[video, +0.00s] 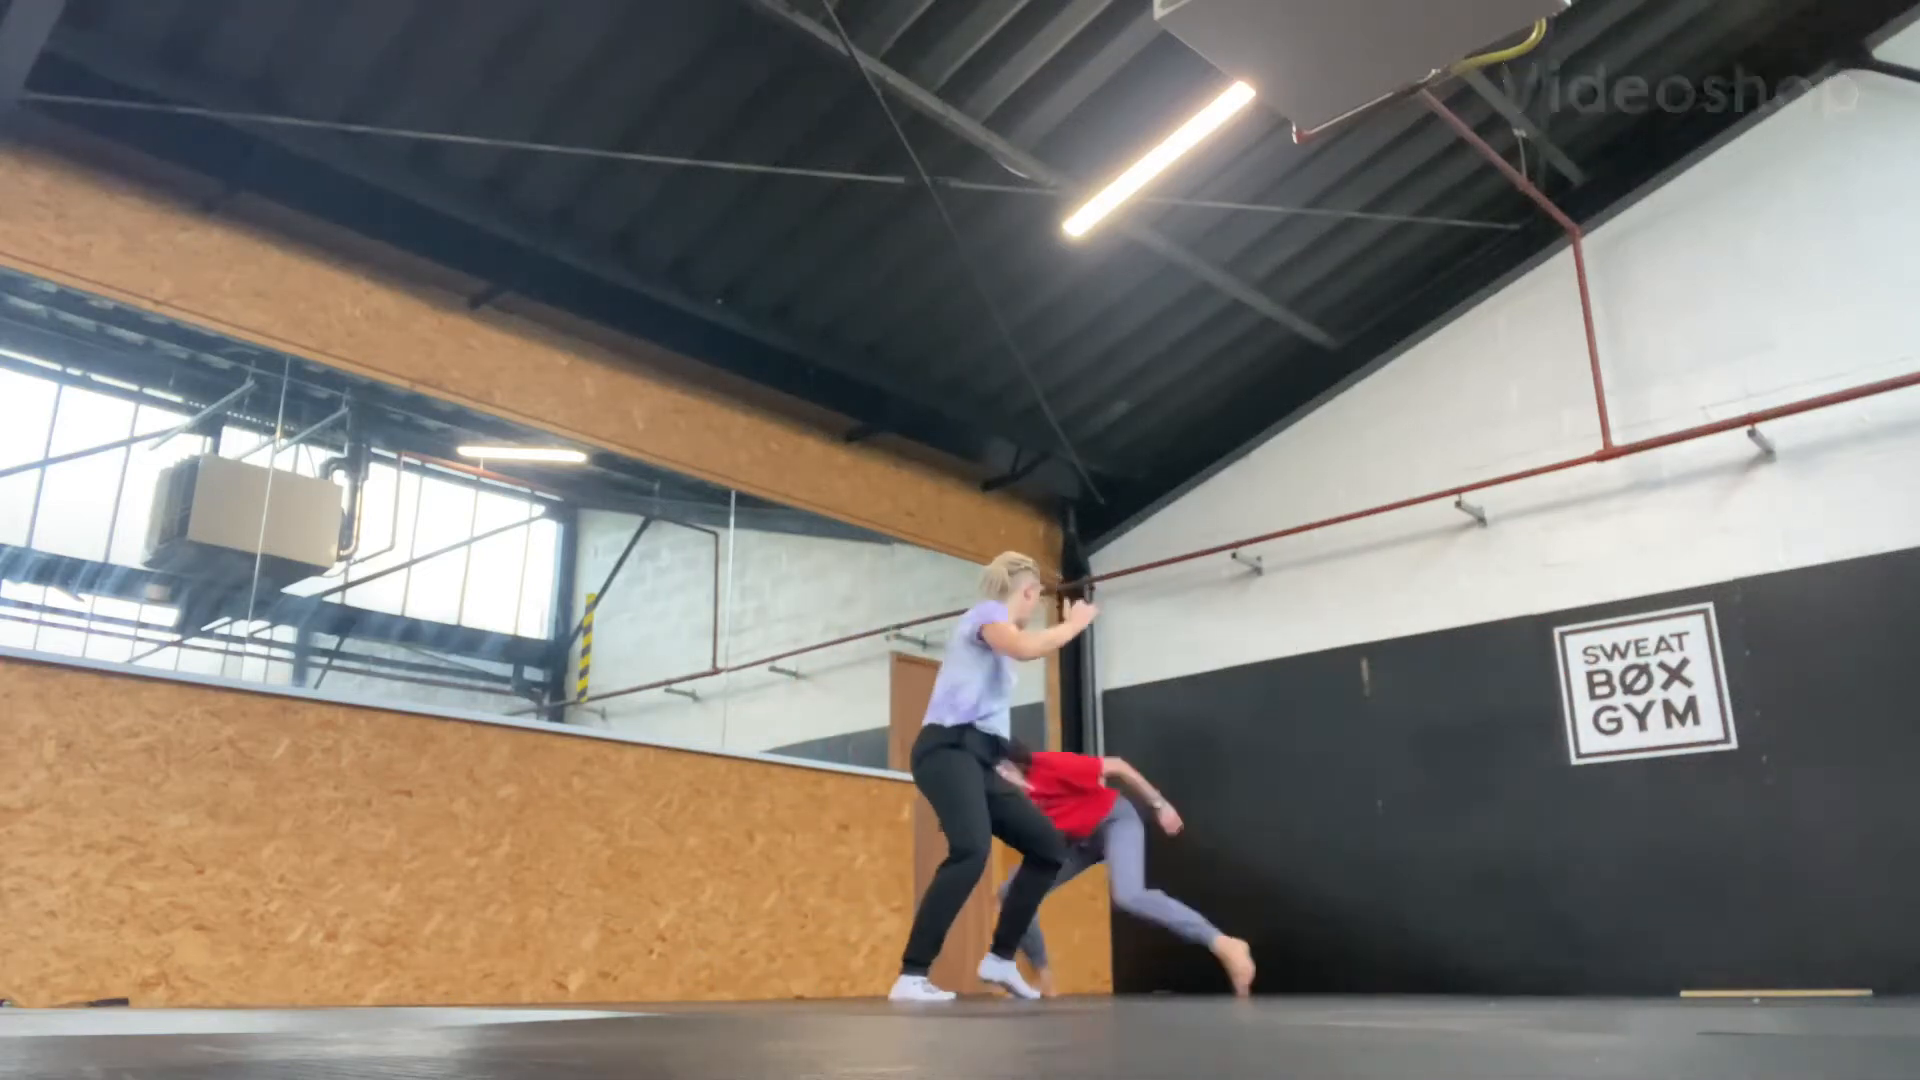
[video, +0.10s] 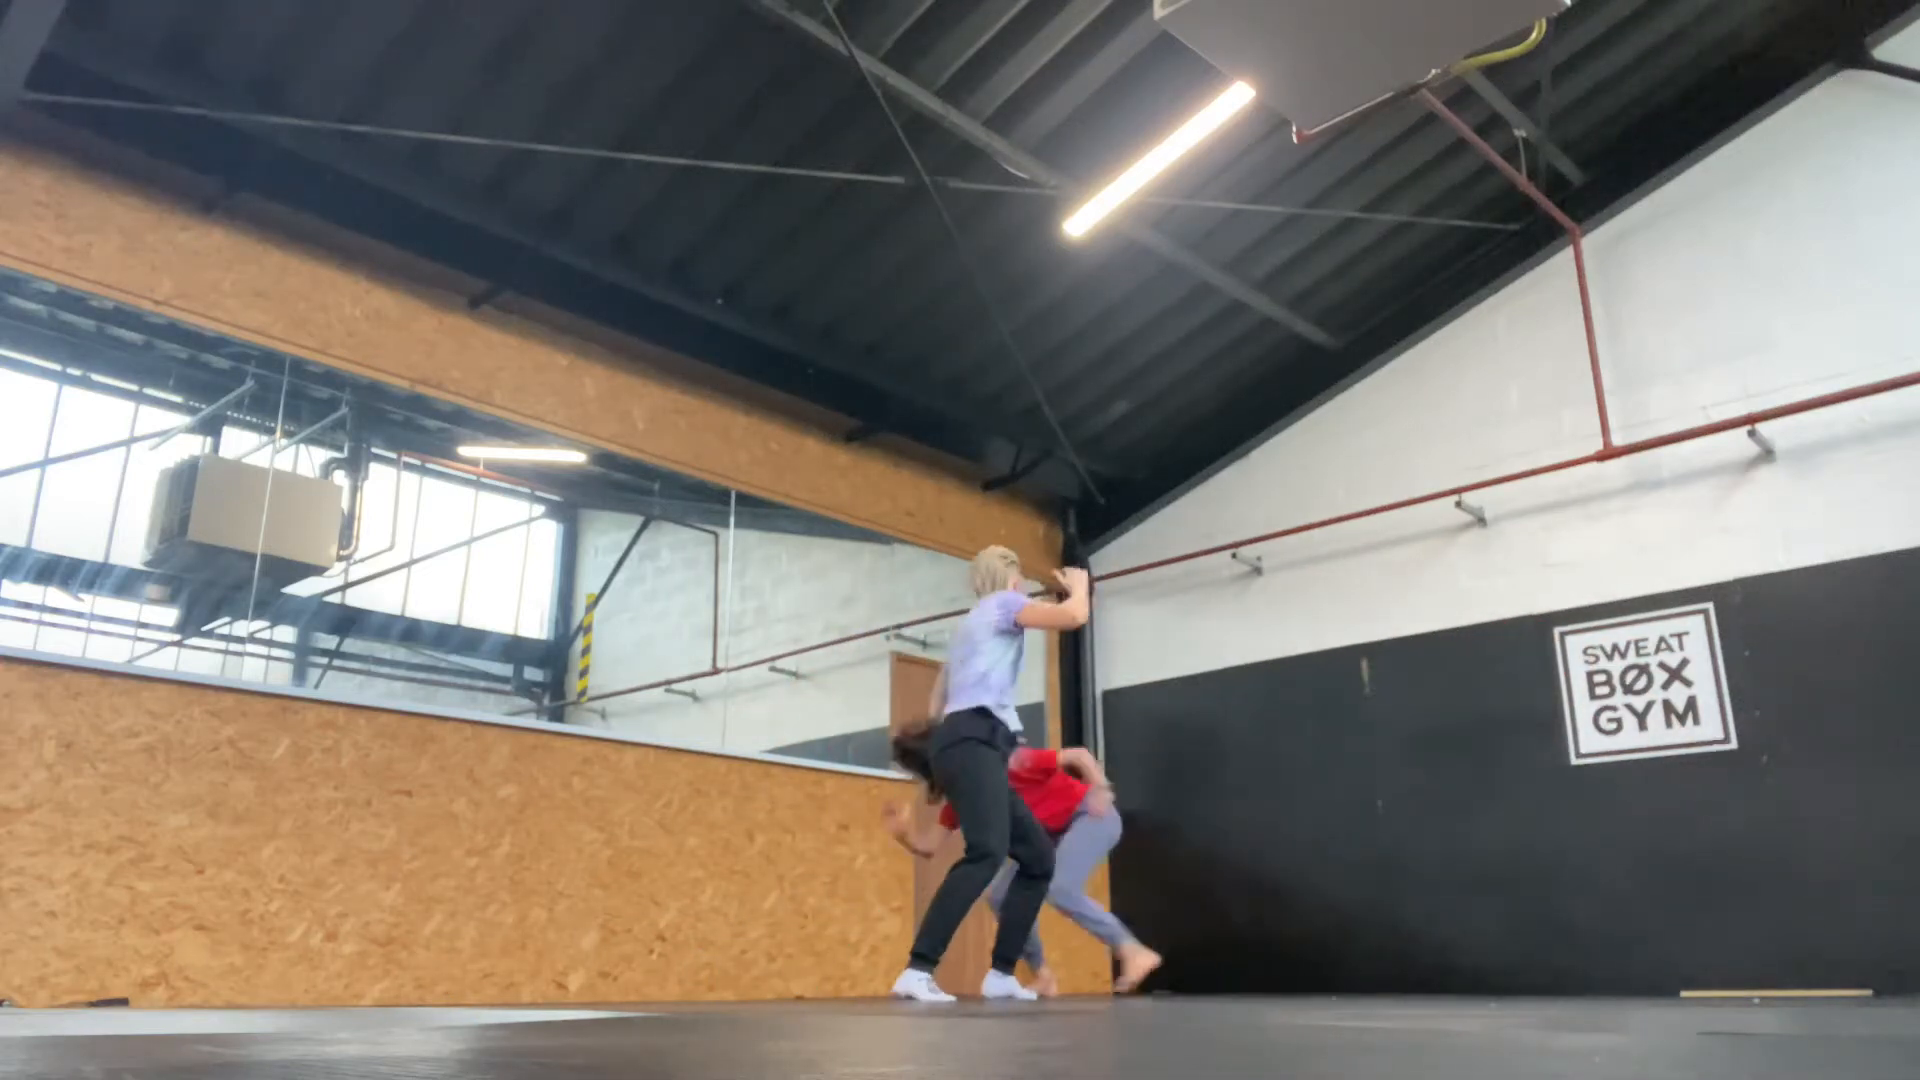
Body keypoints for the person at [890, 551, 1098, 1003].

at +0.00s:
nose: (1036, 605)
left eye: (1038, 597)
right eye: (1035, 594)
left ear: (1004, 587)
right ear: (1022, 588)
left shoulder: (996, 633)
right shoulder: (987, 613)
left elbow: (973, 717)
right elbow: (1020, 647)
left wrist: (1001, 765)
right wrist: (1073, 625)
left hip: (977, 762)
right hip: (945, 751)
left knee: (1048, 848)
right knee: (970, 849)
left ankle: (1000, 960)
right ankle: (912, 978)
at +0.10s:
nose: (1025, 586)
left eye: (1024, 579)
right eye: (1022, 579)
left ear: (980, 581)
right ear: (1010, 578)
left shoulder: (969, 627)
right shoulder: (1004, 604)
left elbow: (936, 703)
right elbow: (1075, 614)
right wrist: (1079, 585)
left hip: (964, 745)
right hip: (971, 739)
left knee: (1038, 859)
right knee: (985, 853)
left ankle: (1001, 977)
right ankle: (917, 973)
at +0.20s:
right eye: (1002, 554)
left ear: (965, 570)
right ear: (1002, 561)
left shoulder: (948, 615)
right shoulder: (1019, 584)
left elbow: (931, 683)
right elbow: (1096, 586)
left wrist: (971, 702)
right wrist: (1064, 564)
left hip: (957, 723)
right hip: (1002, 714)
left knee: (1006, 848)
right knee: (1016, 843)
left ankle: (997, 972)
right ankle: (945, 938)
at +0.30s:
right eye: (1002, 541)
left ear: (961, 558)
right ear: (1002, 550)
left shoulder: (950, 592)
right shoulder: (1030, 570)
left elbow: (939, 654)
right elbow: (1087, 585)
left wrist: (974, 679)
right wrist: (1043, 556)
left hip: (963, 692)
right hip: (1021, 688)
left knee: (965, 831)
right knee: (1037, 825)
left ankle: (969, 959)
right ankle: (1007, 934)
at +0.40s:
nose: (949, 577)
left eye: (950, 571)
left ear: (958, 566)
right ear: (1002, 560)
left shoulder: (956, 589)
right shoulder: (1028, 582)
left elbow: (952, 660)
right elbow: (1054, 610)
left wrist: (962, 702)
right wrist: (1021, 587)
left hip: (985, 697)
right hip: (1044, 696)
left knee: (957, 823)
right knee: (1040, 835)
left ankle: (934, 934)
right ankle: (1048, 966)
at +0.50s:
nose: (942, 607)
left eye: (942, 600)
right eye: (941, 601)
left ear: (952, 594)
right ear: (984, 587)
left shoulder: (960, 616)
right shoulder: (1018, 613)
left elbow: (966, 688)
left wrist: (943, 724)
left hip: (1010, 729)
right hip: (1062, 731)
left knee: (952, 836)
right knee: (1026, 859)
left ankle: (935, 909)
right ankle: (1048, 975)